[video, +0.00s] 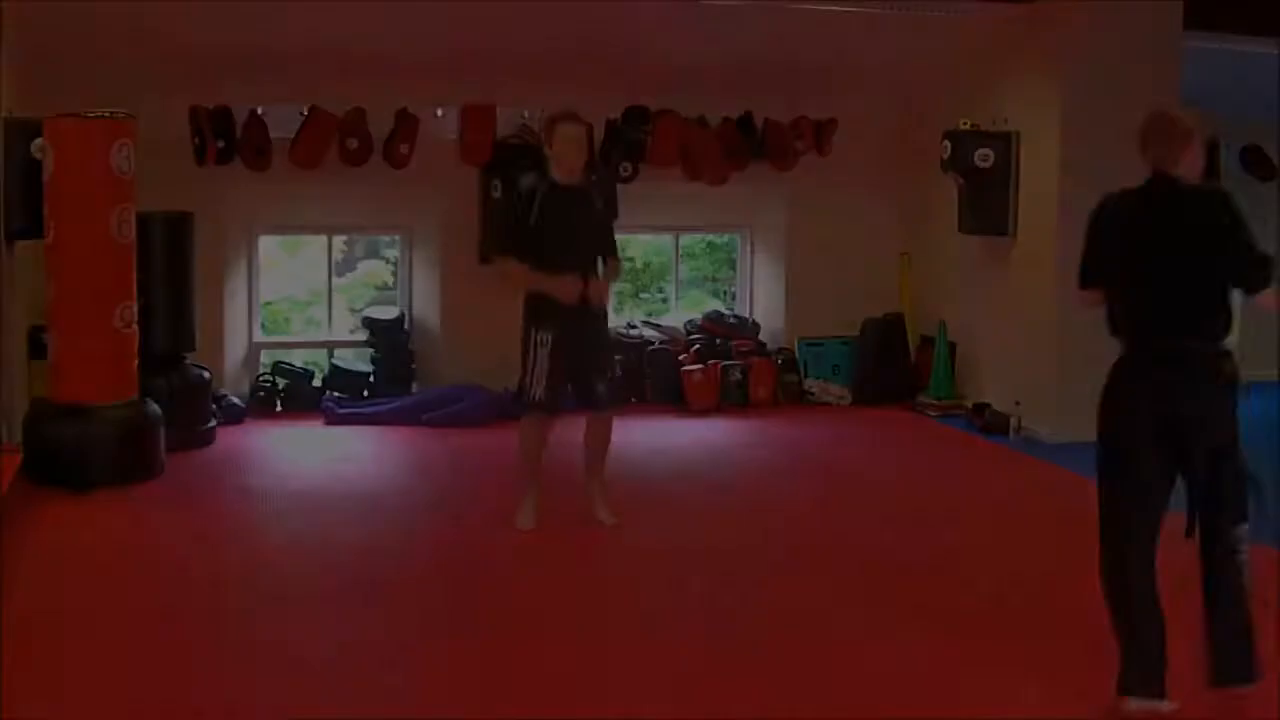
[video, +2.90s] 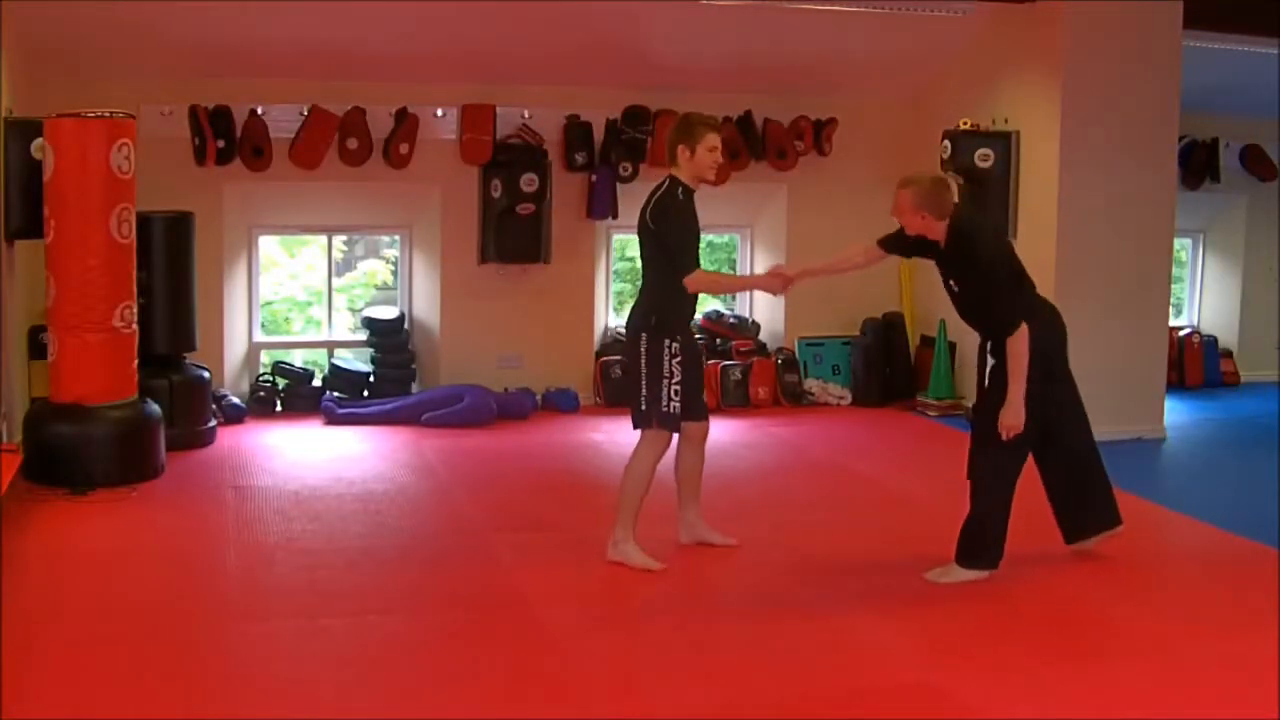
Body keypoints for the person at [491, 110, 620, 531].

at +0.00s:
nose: (572, 152)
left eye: (579, 143)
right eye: (564, 142)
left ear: (588, 149)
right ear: (548, 146)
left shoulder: (595, 198)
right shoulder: (528, 195)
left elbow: (612, 257)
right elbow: (507, 264)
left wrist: (604, 282)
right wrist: (552, 284)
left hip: (589, 312)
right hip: (545, 313)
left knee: (601, 405)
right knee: (537, 408)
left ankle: (596, 489)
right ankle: (529, 496)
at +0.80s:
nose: (633, 151)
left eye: (635, 144)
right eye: (623, 143)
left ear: (636, 150)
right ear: (597, 149)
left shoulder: (636, 202)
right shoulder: (577, 201)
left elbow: (641, 259)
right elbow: (550, 274)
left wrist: (652, 300)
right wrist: (592, 312)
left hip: (627, 326)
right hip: (584, 326)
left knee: (640, 418)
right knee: (560, 418)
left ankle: (645, 510)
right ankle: (527, 497)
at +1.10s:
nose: (671, 149)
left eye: (671, 142)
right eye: (662, 142)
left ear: (662, 148)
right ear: (635, 147)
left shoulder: (664, 199)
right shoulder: (609, 195)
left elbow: (667, 263)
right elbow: (573, 261)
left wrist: (684, 317)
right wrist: (577, 331)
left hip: (648, 321)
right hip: (611, 321)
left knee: (647, 421)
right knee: (612, 423)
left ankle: (646, 513)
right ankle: (578, 519)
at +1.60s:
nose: (715, 180)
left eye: (717, 172)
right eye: (712, 170)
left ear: (684, 165)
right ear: (684, 162)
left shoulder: (661, 206)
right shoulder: (644, 207)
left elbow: (631, 280)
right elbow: (600, 277)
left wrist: (640, 333)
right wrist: (596, 347)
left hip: (632, 332)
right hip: (616, 336)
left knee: (641, 428)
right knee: (622, 434)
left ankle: (625, 528)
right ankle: (614, 543)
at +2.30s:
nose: (717, 163)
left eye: (717, 154)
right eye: (711, 153)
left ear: (686, 155)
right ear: (683, 153)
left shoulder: (669, 201)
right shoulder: (650, 201)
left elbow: (646, 278)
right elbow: (612, 278)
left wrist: (658, 331)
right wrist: (636, 342)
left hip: (649, 331)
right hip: (629, 333)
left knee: (657, 433)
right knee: (635, 436)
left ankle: (627, 529)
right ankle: (616, 542)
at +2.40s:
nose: (708, 163)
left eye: (709, 154)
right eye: (702, 152)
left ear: (674, 154)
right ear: (673, 151)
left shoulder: (662, 199)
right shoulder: (650, 201)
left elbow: (650, 285)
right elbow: (646, 289)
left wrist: (690, 320)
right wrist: (699, 321)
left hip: (649, 327)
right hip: (631, 329)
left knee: (677, 426)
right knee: (635, 435)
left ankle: (631, 522)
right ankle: (616, 543)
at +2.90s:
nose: (719, 159)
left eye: (720, 151)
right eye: (711, 150)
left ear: (692, 156)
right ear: (683, 152)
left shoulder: (676, 197)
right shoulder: (671, 199)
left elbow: (673, 277)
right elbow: (693, 279)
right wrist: (758, 281)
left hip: (675, 329)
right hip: (656, 331)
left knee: (695, 427)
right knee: (657, 433)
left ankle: (691, 524)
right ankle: (621, 539)